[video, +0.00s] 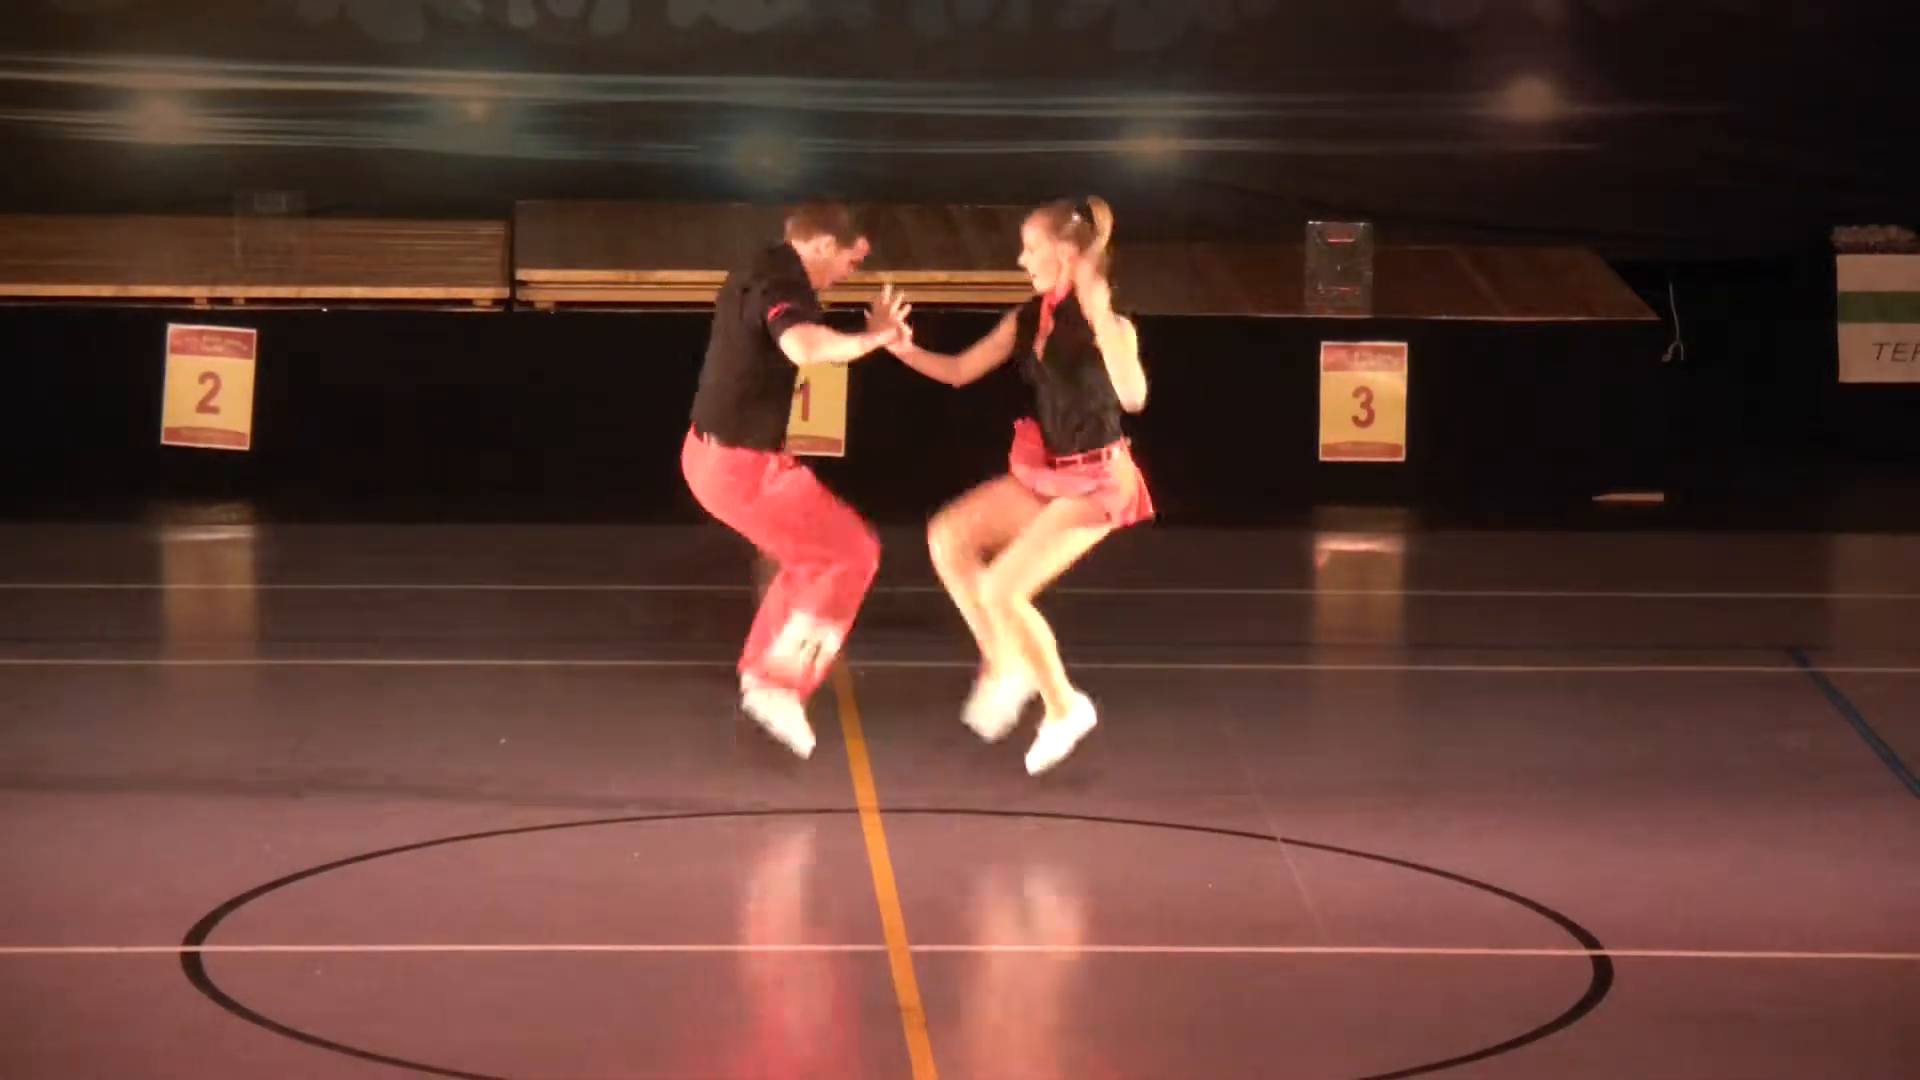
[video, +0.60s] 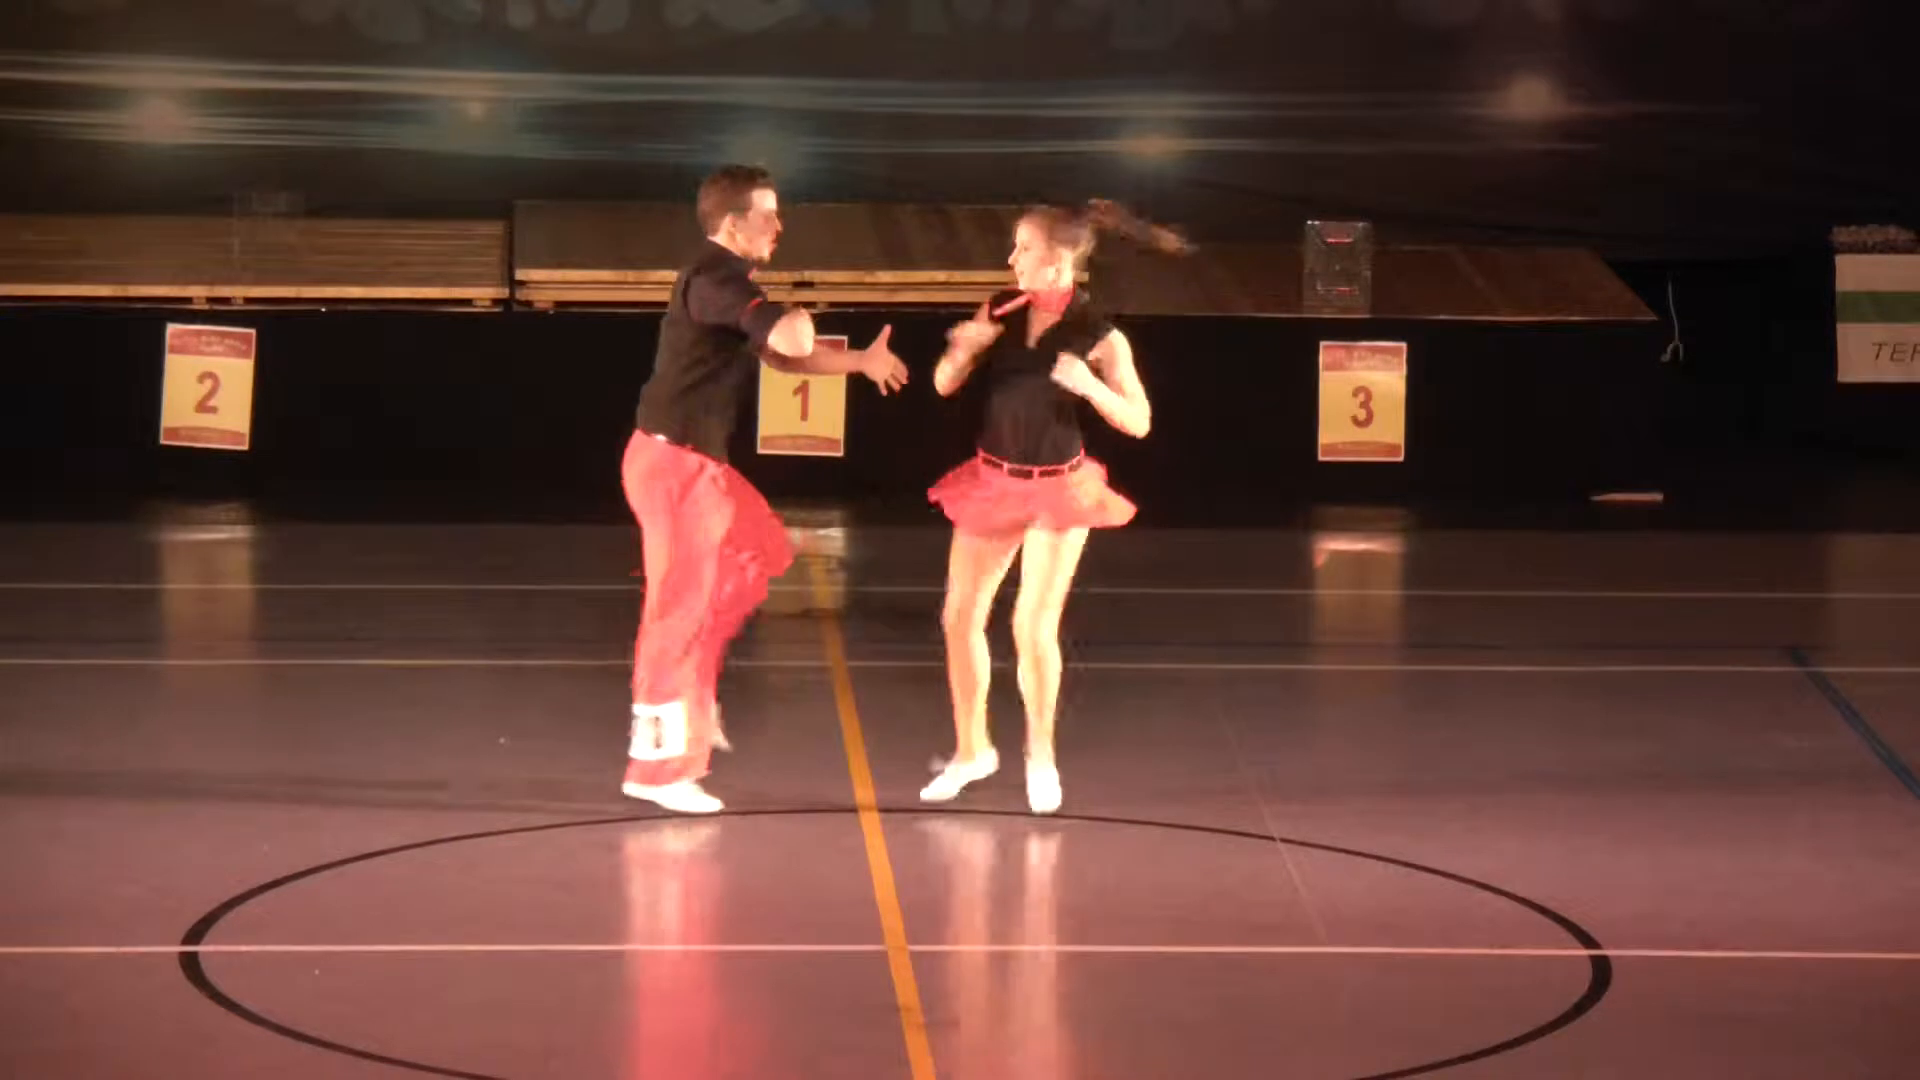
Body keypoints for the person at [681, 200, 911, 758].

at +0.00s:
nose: (845, 277)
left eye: (850, 266)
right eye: (846, 263)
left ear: (804, 241)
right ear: (822, 246)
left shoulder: (757, 268)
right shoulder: (780, 275)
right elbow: (803, 344)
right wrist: (873, 339)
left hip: (710, 454)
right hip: (738, 462)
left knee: (812, 557)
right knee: (854, 551)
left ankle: (762, 674)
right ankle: (779, 684)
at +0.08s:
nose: (857, 289)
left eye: (861, 279)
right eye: (855, 276)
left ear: (815, 260)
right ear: (825, 260)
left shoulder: (760, 286)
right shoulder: (784, 289)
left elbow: (716, 354)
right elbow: (777, 364)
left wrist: (816, 344)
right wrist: (857, 348)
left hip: (722, 471)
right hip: (749, 473)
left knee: (777, 607)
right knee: (870, 540)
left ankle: (756, 746)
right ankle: (794, 657)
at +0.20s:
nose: (845, 299)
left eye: (850, 287)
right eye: (844, 285)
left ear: (803, 269)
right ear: (812, 270)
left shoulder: (749, 304)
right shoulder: (776, 313)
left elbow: (768, 410)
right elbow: (801, 414)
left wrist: (822, 430)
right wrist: (889, 389)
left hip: (716, 487)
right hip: (752, 493)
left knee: (746, 639)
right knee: (824, 637)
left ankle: (749, 780)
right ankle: (784, 767)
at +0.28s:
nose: (836, 242)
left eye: (836, 230)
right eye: (828, 230)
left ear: (786, 235)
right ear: (788, 234)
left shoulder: (751, 276)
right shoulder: (771, 290)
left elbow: (810, 340)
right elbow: (829, 378)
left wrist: (833, 362)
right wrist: (840, 367)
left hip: (708, 461)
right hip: (735, 469)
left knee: (739, 604)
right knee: (764, 605)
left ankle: (727, 738)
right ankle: (764, 762)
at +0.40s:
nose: (797, 238)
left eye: (796, 225)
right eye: (789, 226)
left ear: (747, 235)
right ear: (750, 234)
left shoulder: (718, 284)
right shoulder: (745, 298)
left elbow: (774, 353)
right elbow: (820, 377)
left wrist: (810, 333)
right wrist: (854, 384)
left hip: (713, 469)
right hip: (721, 476)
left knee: (790, 561)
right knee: (731, 608)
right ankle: (689, 770)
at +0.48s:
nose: (786, 233)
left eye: (784, 221)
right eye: (776, 222)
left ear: (739, 230)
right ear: (740, 229)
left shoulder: (722, 282)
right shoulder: (727, 291)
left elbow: (791, 366)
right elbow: (809, 361)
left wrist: (854, 372)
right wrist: (810, 329)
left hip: (700, 463)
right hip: (704, 473)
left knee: (784, 544)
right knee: (722, 613)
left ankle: (652, 545)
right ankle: (684, 758)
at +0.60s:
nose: (778, 226)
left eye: (776, 214)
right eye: (768, 215)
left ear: (734, 224)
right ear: (731, 222)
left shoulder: (727, 279)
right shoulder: (716, 277)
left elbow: (784, 353)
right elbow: (787, 338)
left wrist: (856, 358)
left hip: (687, 461)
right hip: (671, 462)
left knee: (762, 554)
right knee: (682, 602)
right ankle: (655, 762)